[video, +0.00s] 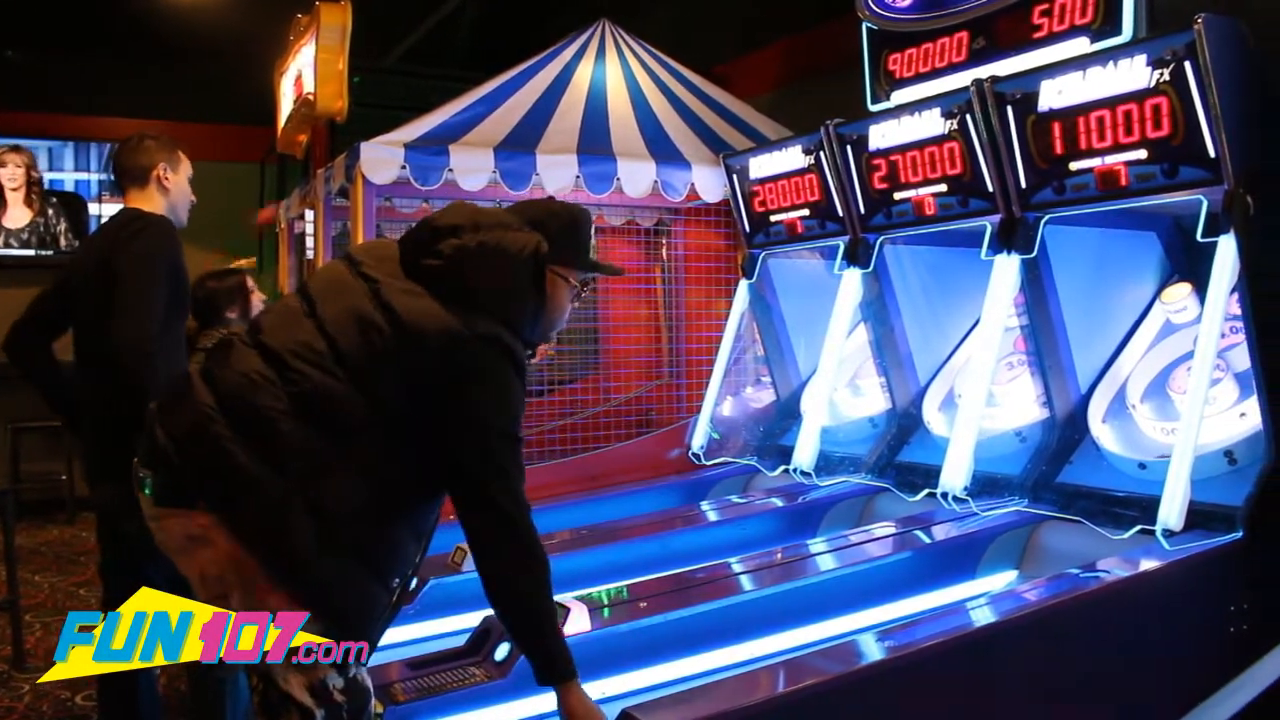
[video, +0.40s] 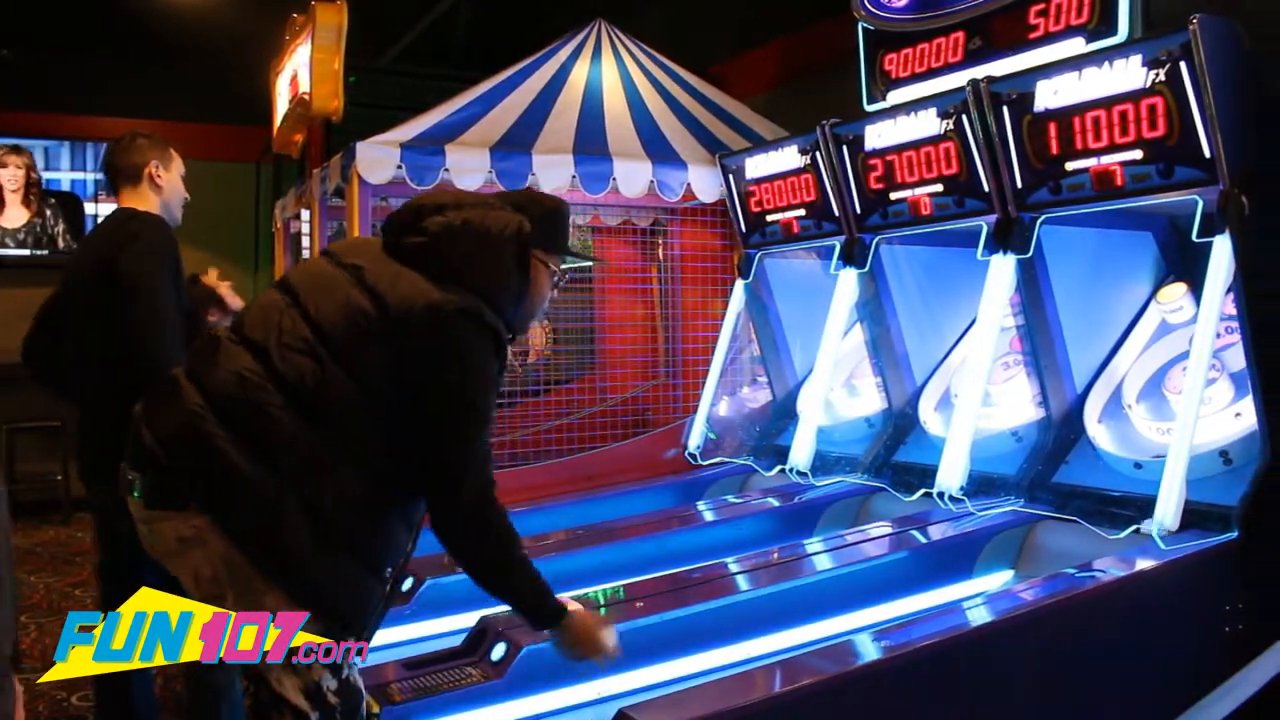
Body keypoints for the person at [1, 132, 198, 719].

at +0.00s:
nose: (193, 190)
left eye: (192, 176)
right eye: (189, 176)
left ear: (129, 180)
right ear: (165, 174)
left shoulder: (101, 244)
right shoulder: (156, 240)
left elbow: (24, 342)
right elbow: (152, 356)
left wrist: (82, 412)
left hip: (113, 458)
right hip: (156, 462)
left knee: (129, 608)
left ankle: (126, 708)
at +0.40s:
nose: (187, 189)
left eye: (185, 174)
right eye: (183, 174)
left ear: (129, 178)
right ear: (156, 173)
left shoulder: (103, 239)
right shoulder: (151, 239)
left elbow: (42, 347)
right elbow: (162, 353)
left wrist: (103, 396)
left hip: (106, 449)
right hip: (145, 456)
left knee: (123, 594)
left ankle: (123, 705)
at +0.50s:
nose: (187, 185)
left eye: (185, 172)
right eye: (183, 172)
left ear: (125, 178)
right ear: (157, 172)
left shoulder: (103, 239)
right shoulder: (152, 238)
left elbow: (50, 349)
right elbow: (160, 353)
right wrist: (211, 321)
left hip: (106, 448)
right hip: (144, 454)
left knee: (124, 593)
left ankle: (125, 706)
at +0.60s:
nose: (189, 185)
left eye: (187, 172)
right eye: (184, 172)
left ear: (127, 177)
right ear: (157, 172)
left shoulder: (102, 241)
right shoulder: (152, 239)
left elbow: (56, 350)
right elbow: (162, 354)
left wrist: (105, 403)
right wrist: (207, 325)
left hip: (109, 451)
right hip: (148, 455)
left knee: (126, 596)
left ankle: (125, 706)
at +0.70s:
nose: (191, 185)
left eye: (189, 171)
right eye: (186, 171)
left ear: (133, 176)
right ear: (158, 172)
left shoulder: (105, 240)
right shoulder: (149, 240)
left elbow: (60, 349)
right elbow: (160, 359)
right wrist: (201, 327)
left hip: (111, 454)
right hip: (144, 460)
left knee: (127, 598)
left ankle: (125, 706)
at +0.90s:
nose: (195, 181)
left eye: (193, 169)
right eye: (185, 168)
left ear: (138, 174)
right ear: (143, 172)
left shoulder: (106, 240)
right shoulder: (146, 239)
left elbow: (65, 350)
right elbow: (155, 361)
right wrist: (195, 325)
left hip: (114, 456)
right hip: (145, 460)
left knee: (129, 600)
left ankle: (127, 707)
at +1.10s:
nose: (184, 177)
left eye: (186, 167)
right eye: (170, 164)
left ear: (135, 176)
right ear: (127, 170)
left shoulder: (104, 238)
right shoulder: (143, 239)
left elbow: (65, 349)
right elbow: (154, 355)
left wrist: (110, 401)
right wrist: (195, 418)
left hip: (110, 444)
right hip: (141, 449)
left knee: (128, 591)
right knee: (164, 592)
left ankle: (127, 705)